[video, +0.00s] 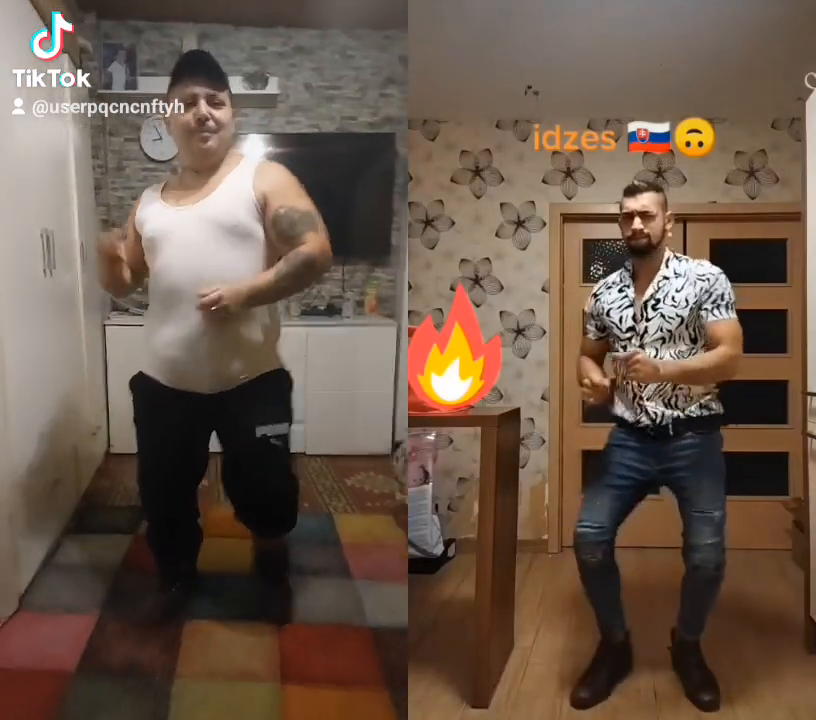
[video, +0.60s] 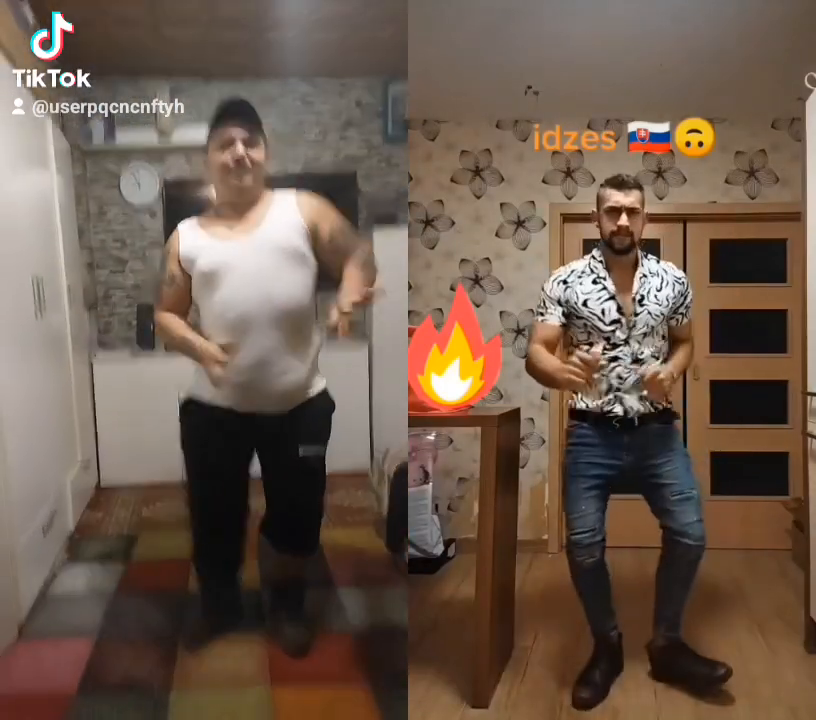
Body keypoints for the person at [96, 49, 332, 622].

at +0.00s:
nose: (205, 113)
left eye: (216, 100)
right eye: (189, 103)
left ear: (232, 111)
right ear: (167, 118)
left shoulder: (265, 179)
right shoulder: (150, 203)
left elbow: (315, 251)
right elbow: (127, 285)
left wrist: (249, 292)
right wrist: (111, 263)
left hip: (251, 377)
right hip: (166, 381)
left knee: (265, 492)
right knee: (164, 496)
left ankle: (272, 564)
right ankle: (174, 583)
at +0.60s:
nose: (239, 155)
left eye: (249, 143)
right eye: (226, 145)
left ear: (266, 153)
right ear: (208, 160)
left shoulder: (305, 211)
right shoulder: (188, 237)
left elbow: (356, 255)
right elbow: (165, 316)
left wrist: (349, 298)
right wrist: (199, 346)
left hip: (296, 406)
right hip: (214, 409)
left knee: (296, 523)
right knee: (215, 523)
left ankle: (289, 609)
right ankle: (218, 611)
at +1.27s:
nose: (225, 112)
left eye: (239, 104)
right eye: (214, 98)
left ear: (252, 121)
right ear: (188, 106)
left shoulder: (263, 206)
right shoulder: (137, 170)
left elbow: (271, 292)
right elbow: (74, 236)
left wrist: (275, 285)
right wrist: (129, 270)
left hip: (217, 381)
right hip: (128, 381)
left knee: (244, 501)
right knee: (127, 510)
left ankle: (250, 589)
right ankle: (128, 600)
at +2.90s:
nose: (198, 158)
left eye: (208, 141)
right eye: (181, 149)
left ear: (236, 149)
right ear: (166, 171)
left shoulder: (282, 224)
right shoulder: (153, 251)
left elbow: (343, 302)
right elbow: (107, 332)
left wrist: (341, 246)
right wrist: (99, 270)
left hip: (273, 452)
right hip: (173, 455)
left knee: (290, 600)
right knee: (152, 601)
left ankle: (293, 700)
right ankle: (135, 702)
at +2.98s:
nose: (210, 181)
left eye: (221, 164)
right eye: (194, 172)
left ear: (246, 176)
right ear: (176, 193)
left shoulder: (293, 248)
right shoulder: (158, 276)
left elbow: (350, 326)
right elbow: (123, 368)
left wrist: (353, 267)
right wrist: (120, 322)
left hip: (288, 480)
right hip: (186, 483)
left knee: (299, 627)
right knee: (152, 633)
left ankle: (292, 703)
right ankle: (136, 705)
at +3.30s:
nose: (258, 244)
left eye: (272, 232)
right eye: (242, 230)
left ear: (286, 248)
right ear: (212, 247)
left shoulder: (316, 330)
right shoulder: (170, 325)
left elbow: (370, 414)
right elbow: (102, 399)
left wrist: (359, 327)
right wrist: (92, 355)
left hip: (286, 575)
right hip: (169, 574)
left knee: (308, 712)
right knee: (140, 712)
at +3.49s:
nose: (237, 273)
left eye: (253, 266)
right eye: (221, 262)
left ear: (269, 293)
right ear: (194, 283)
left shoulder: (292, 376)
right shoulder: (140, 356)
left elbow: (329, 494)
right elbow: (51, 429)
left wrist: (307, 400)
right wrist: (55, 347)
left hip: (250, 650)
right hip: (118, 648)